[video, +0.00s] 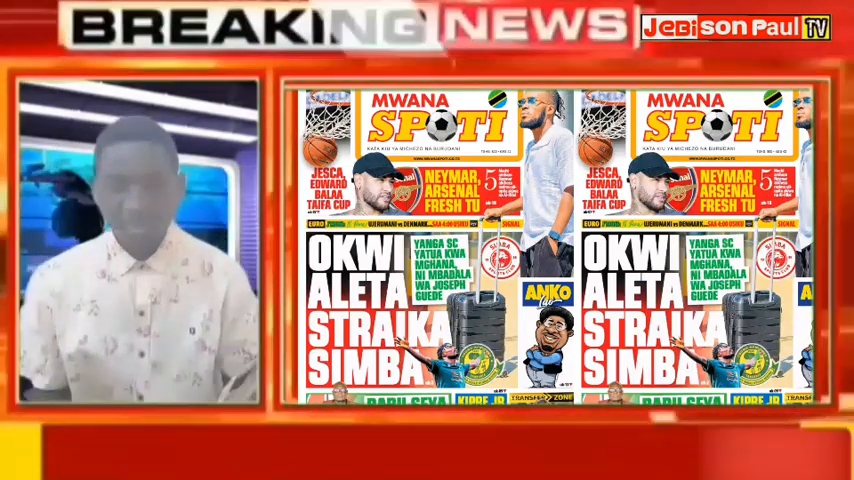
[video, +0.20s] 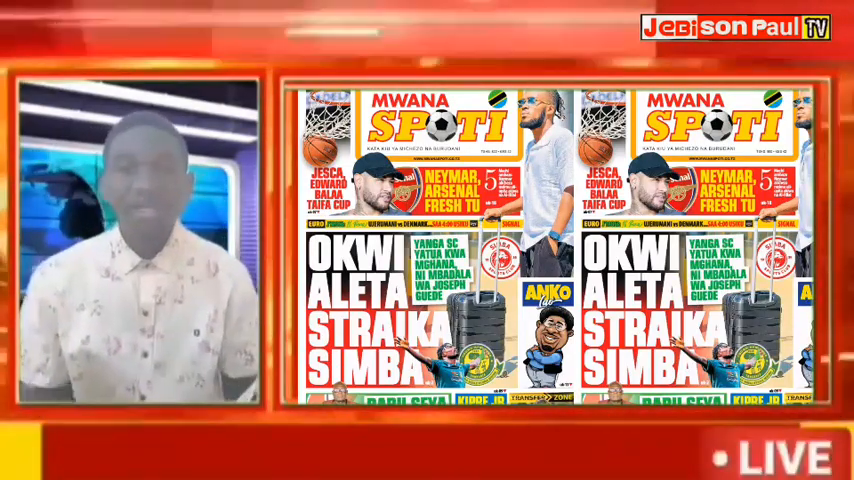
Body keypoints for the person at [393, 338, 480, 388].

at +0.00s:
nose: (453, 348)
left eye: (453, 347)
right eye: (449, 347)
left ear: (456, 352)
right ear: (443, 354)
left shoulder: (462, 367)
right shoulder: (439, 365)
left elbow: (474, 365)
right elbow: (423, 359)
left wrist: (478, 360)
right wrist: (408, 348)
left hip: (461, 402)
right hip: (445, 403)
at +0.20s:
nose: (453, 348)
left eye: (453, 347)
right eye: (449, 347)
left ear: (456, 352)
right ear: (443, 354)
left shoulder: (462, 367)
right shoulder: (439, 365)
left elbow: (474, 365)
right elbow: (423, 359)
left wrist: (478, 360)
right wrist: (407, 348)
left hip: (461, 403)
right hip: (444, 403)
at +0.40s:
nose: (453, 348)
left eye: (453, 347)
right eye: (449, 347)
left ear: (456, 352)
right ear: (443, 354)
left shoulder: (462, 367)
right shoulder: (439, 365)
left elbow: (474, 365)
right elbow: (423, 359)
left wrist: (478, 360)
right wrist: (407, 348)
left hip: (461, 403)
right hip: (444, 403)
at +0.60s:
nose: (453, 348)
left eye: (453, 347)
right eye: (449, 347)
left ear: (456, 352)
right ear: (443, 354)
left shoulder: (462, 367)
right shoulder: (439, 365)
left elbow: (474, 365)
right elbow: (423, 359)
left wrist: (478, 360)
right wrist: (407, 348)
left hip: (461, 403)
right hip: (444, 403)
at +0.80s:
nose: (453, 348)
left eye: (453, 347)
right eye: (449, 348)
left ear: (456, 352)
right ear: (443, 354)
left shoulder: (462, 367)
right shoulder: (439, 365)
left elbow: (474, 365)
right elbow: (423, 359)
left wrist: (478, 360)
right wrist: (407, 348)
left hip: (461, 403)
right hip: (444, 403)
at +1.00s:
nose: (453, 348)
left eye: (453, 347)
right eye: (449, 348)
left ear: (456, 352)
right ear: (443, 354)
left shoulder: (462, 367)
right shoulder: (439, 365)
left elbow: (474, 365)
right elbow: (423, 359)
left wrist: (478, 360)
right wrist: (407, 348)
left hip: (461, 403)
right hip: (444, 403)